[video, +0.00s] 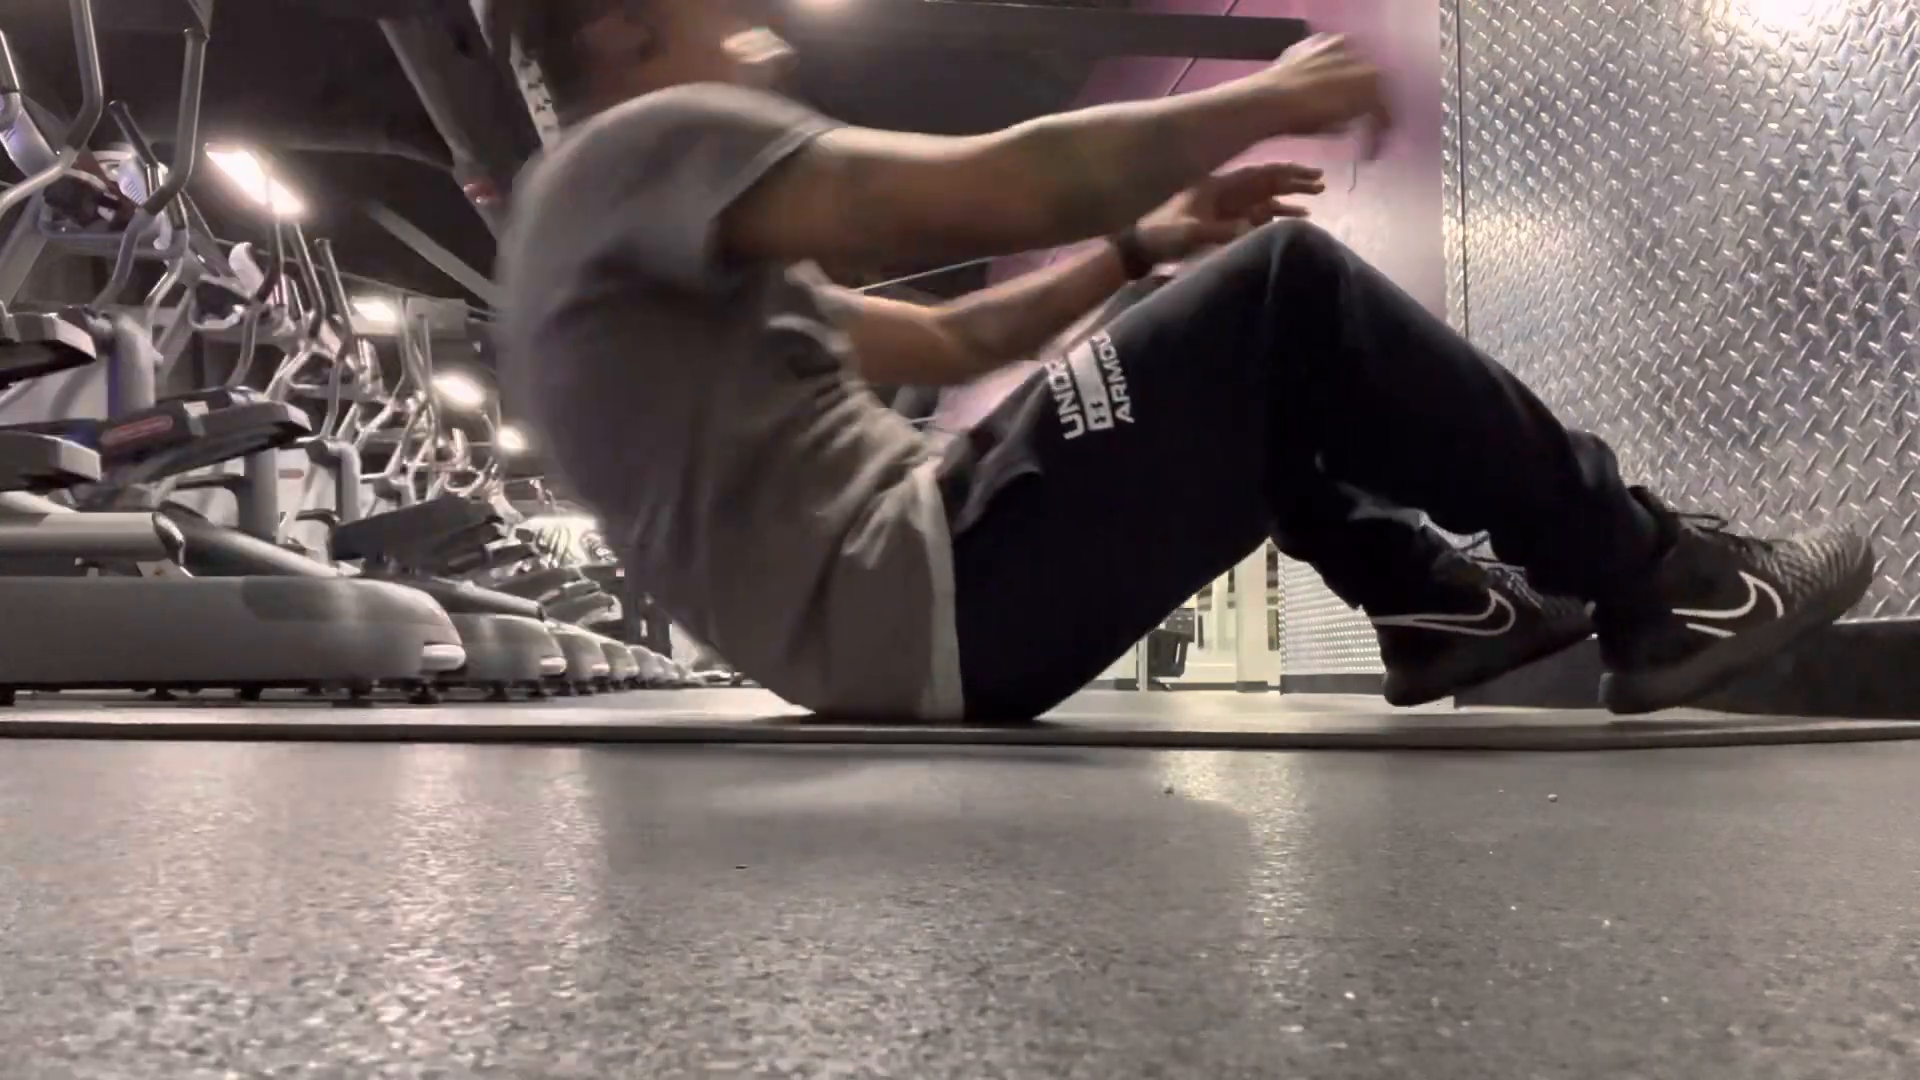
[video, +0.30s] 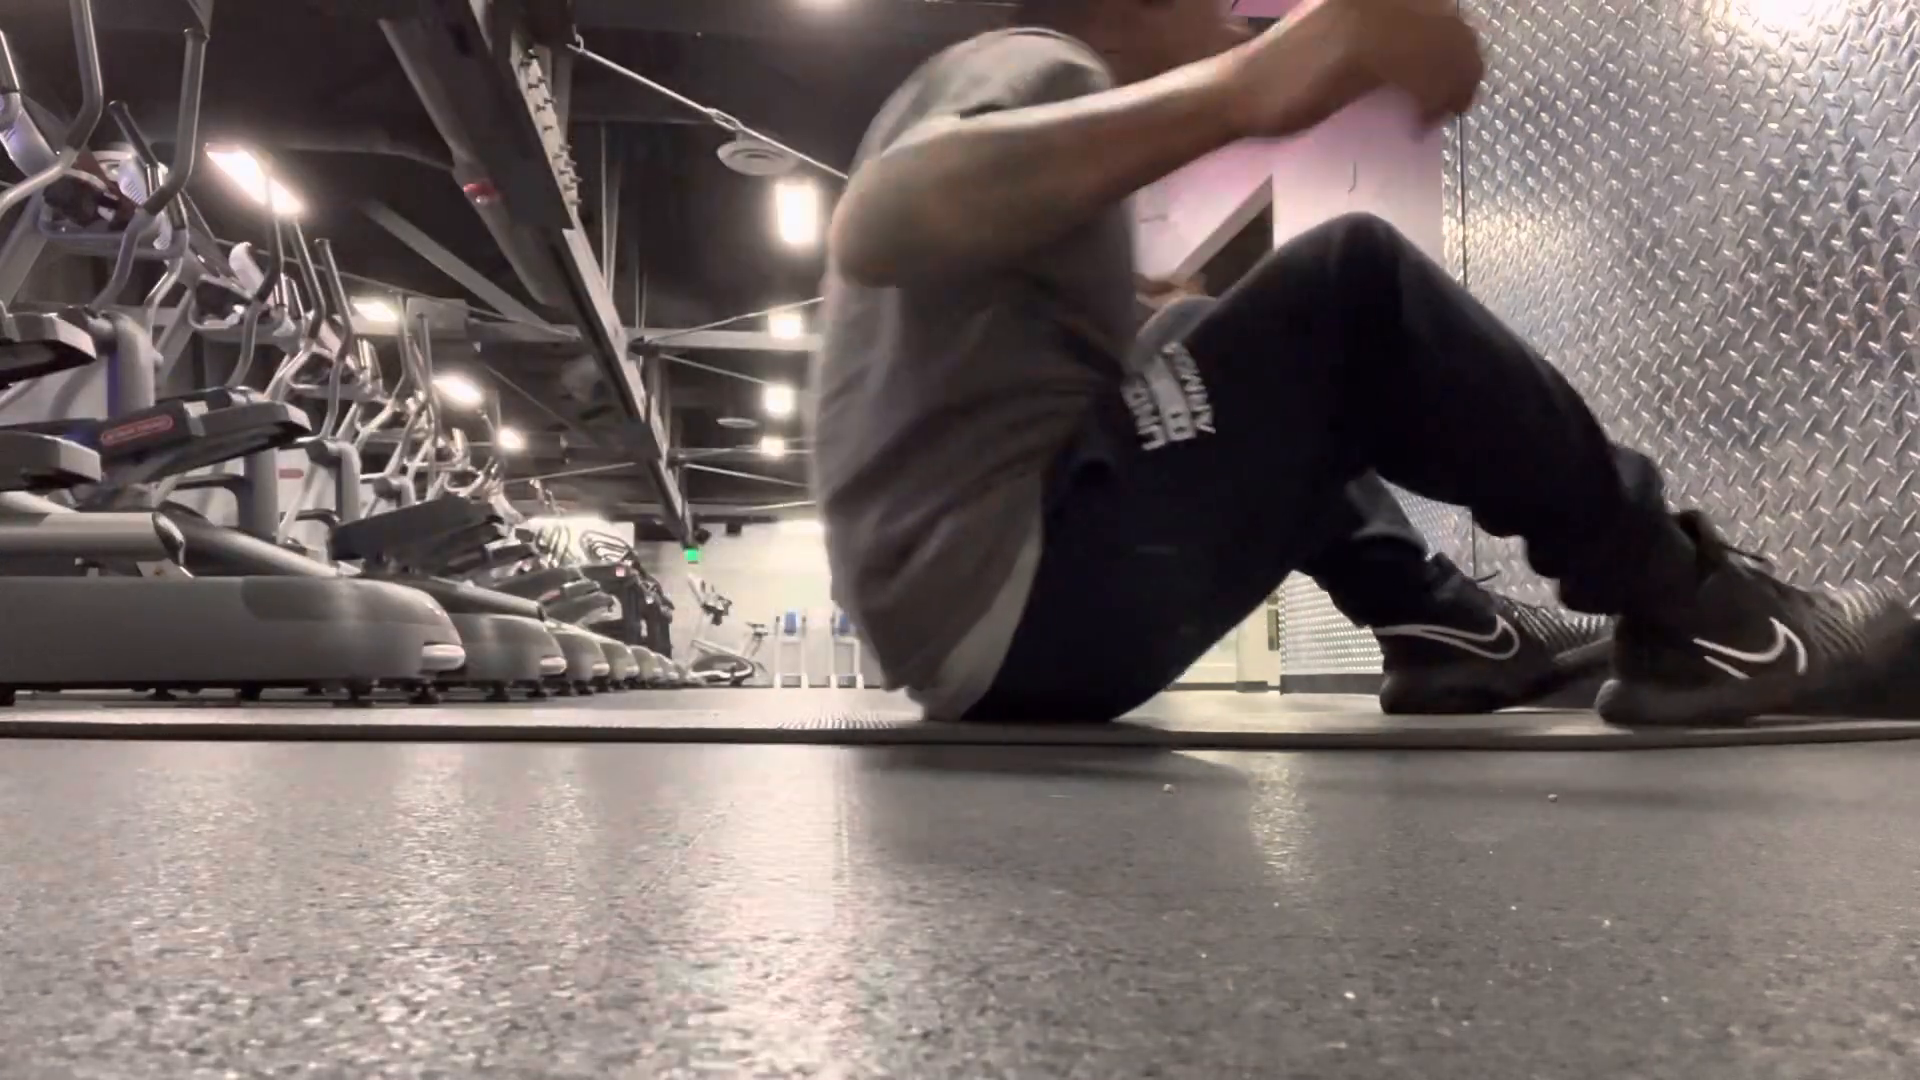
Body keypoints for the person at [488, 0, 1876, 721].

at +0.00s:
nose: (772, 51)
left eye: (763, 35)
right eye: (741, 27)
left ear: (591, 52)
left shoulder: (635, 246)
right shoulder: (631, 158)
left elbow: (924, 346)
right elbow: (997, 179)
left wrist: (1141, 242)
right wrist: (1276, 91)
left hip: (922, 588)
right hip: (934, 604)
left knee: (1217, 324)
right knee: (1283, 292)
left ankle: (1443, 607)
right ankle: (1666, 578)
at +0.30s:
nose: (1235, 43)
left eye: (1231, 38)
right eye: (1219, 28)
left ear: (1113, 28)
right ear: (1145, 20)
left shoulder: (1042, 137)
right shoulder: (1020, 72)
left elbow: (1067, 399)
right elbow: (878, 222)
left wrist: (1194, 286)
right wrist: (1248, 84)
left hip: (1018, 618)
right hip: (1022, 619)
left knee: (1248, 326)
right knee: (1350, 280)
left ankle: (1443, 625)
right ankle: (1698, 609)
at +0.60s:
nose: (1014, 28)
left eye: (1006, 8)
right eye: (988, 1)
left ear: (875, 15)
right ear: (899, 2)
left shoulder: (875, 126)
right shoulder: (853, 113)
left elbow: (1026, 401)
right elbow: (1080, 282)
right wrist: (1427, 173)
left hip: (1000, 594)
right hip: (1013, 628)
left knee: (1278, 314)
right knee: (1341, 304)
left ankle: (1444, 625)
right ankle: (1685, 611)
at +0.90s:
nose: (492, 207)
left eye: (476, 178)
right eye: (445, 194)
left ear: (422, 239)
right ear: (342, 260)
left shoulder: (498, 379)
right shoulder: (392, 366)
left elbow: (787, 344)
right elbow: (697, 244)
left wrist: (937, 171)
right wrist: (865, 66)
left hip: (880, 562)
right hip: (885, 616)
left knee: (1200, 319)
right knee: (1261, 294)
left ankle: (1441, 617)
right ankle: (1636, 584)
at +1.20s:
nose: (161, 340)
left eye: (131, 332)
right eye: (109, 355)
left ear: (151, 405)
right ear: (84, 447)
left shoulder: (293, 516)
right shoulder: (209, 514)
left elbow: (542, 404)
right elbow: (238, 164)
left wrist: (381, 248)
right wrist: (42, 37)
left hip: (807, 527)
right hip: (830, 563)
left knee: (1186, 339)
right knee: (1227, 286)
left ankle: (1427, 623)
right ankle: (1602, 599)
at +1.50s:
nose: (519, 178)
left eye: (502, 155)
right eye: (474, 159)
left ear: (369, 213)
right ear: (368, 204)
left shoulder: (462, 369)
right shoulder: (405, 296)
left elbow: (764, 394)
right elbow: (760, 250)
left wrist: (973, 255)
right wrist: (1035, 142)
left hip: (858, 562)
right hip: (860, 584)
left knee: (1205, 350)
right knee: (1252, 294)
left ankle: (1432, 618)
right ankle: (1632, 587)